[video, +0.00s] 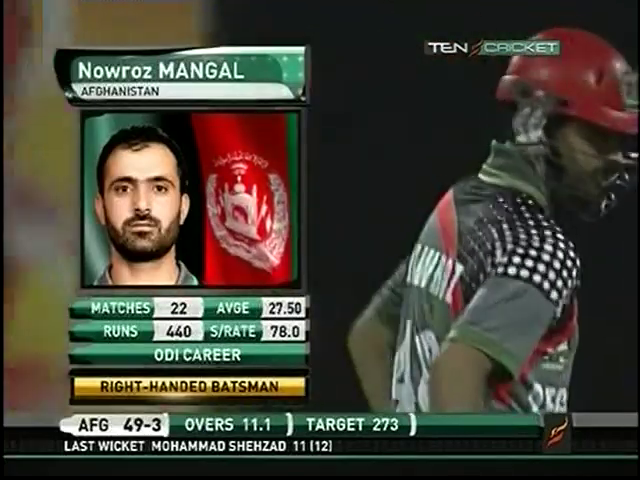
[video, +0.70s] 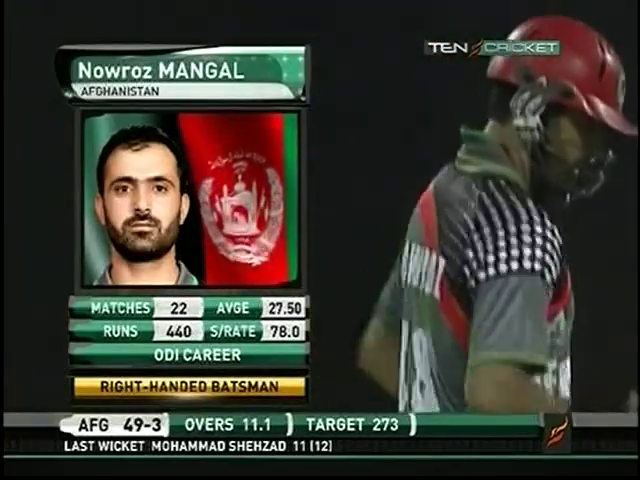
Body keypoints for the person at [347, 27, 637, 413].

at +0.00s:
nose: (617, 161)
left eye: (619, 142)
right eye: (598, 139)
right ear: (538, 128)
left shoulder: (459, 205)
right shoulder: (542, 248)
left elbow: (369, 337)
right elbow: (457, 371)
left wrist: (404, 445)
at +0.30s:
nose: (589, 154)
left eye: (593, 136)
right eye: (578, 129)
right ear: (524, 112)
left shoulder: (401, 187)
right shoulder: (522, 227)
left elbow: (314, 303)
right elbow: (519, 370)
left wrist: (364, 419)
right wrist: (584, 470)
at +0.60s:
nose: (595, 172)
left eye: (598, 153)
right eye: (584, 146)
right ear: (530, 128)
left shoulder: (428, 210)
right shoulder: (526, 245)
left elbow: (347, 357)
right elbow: (505, 406)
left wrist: (418, 435)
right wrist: (558, 418)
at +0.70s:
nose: (599, 153)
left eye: (603, 134)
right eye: (586, 128)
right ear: (534, 113)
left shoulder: (445, 191)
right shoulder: (519, 228)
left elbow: (379, 351)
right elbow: (493, 390)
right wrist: (566, 410)